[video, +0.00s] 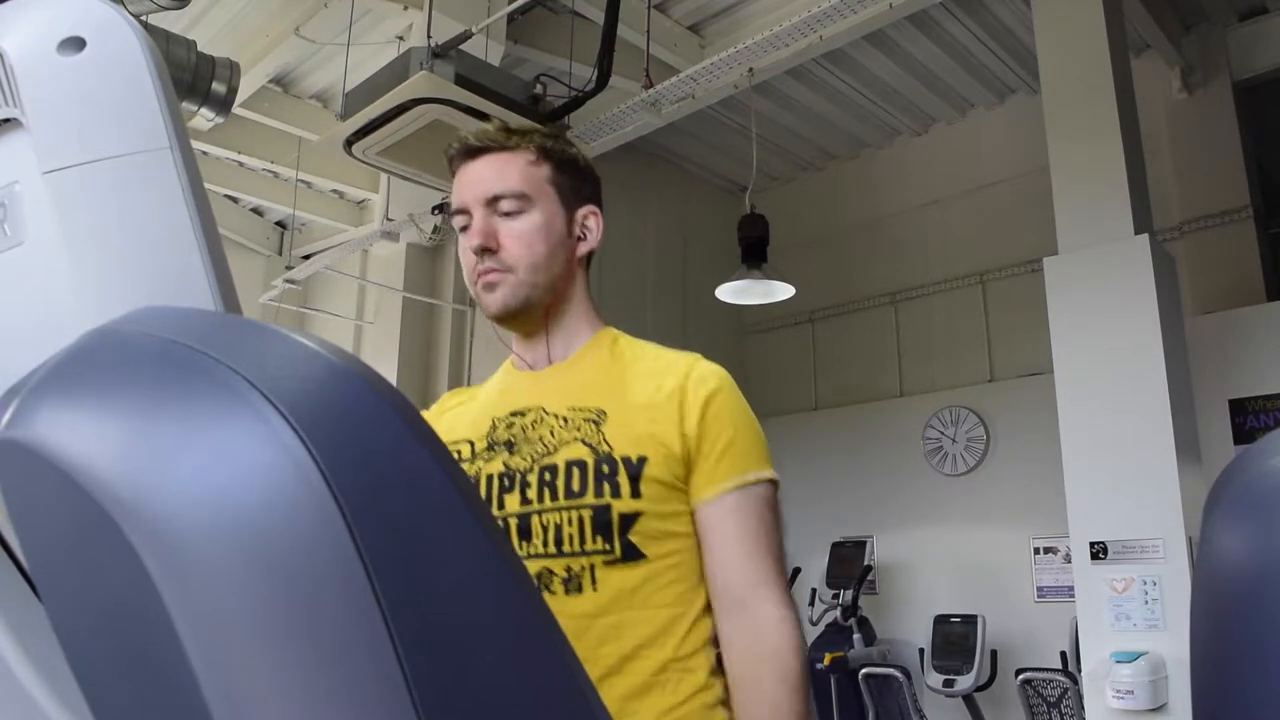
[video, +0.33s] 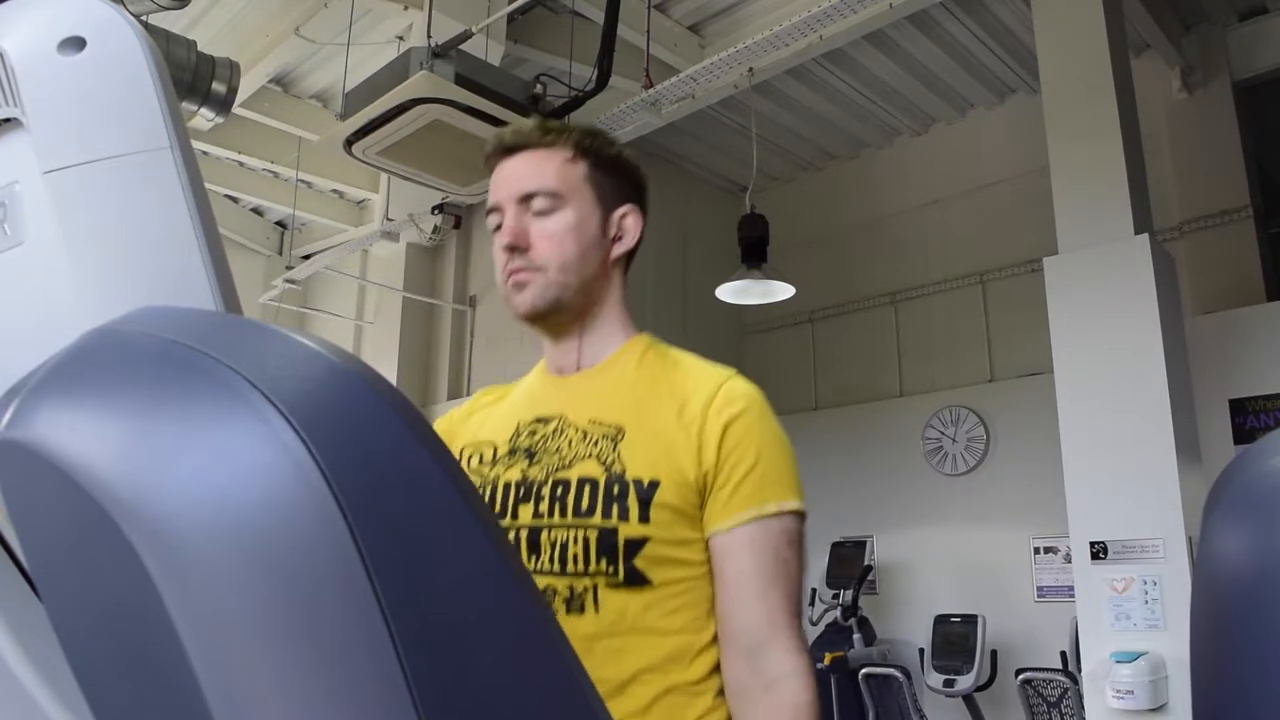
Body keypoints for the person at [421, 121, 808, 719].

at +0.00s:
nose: (477, 239)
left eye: (508, 210)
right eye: (462, 222)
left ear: (583, 231)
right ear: (455, 247)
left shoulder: (692, 393)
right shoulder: (435, 432)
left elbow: (753, 616)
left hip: (670, 704)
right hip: (486, 704)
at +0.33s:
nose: (508, 237)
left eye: (541, 207)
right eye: (498, 220)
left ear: (621, 231)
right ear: (491, 244)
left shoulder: (719, 411)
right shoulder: (453, 436)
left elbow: (765, 670)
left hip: (669, 704)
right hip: (480, 702)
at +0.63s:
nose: (526, 232)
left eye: (558, 203)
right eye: (514, 214)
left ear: (637, 226)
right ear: (507, 238)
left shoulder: (734, 395)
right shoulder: (464, 434)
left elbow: (766, 650)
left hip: (679, 703)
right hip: (503, 703)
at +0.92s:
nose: (511, 253)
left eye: (542, 225)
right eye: (494, 235)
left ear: (611, 250)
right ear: (484, 261)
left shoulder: (704, 406)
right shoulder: (449, 450)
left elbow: (727, 650)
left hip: (653, 704)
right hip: (486, 704)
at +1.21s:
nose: (536, 249)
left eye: (567, 223)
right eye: (515, 232)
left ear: (622, 253)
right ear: (498, 263)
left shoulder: (719, 406)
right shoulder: (453, 454)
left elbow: (798, 615)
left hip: (717, 706)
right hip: (531, 708)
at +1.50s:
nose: (560, 256)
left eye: (592, 231)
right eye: (537, 240)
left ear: (648, 264)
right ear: (525, 278)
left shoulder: (744, 425)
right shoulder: (471, 463)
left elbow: (802, 656)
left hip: (726, 705)